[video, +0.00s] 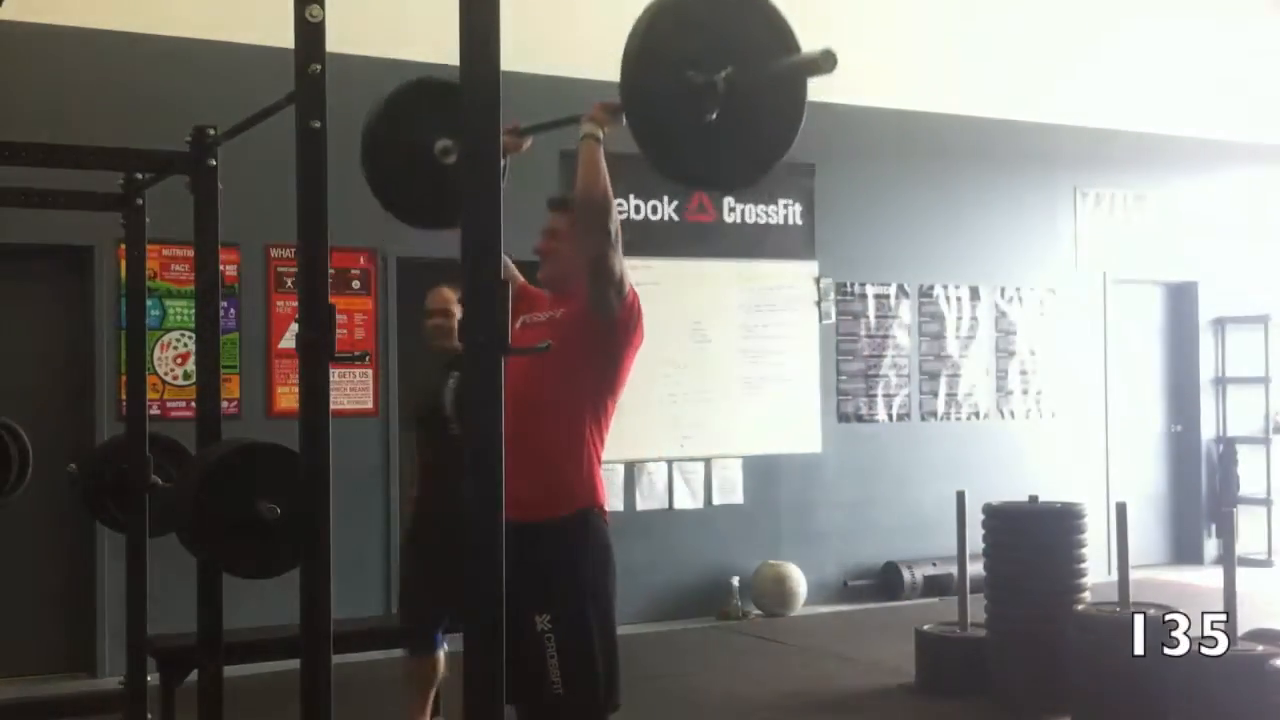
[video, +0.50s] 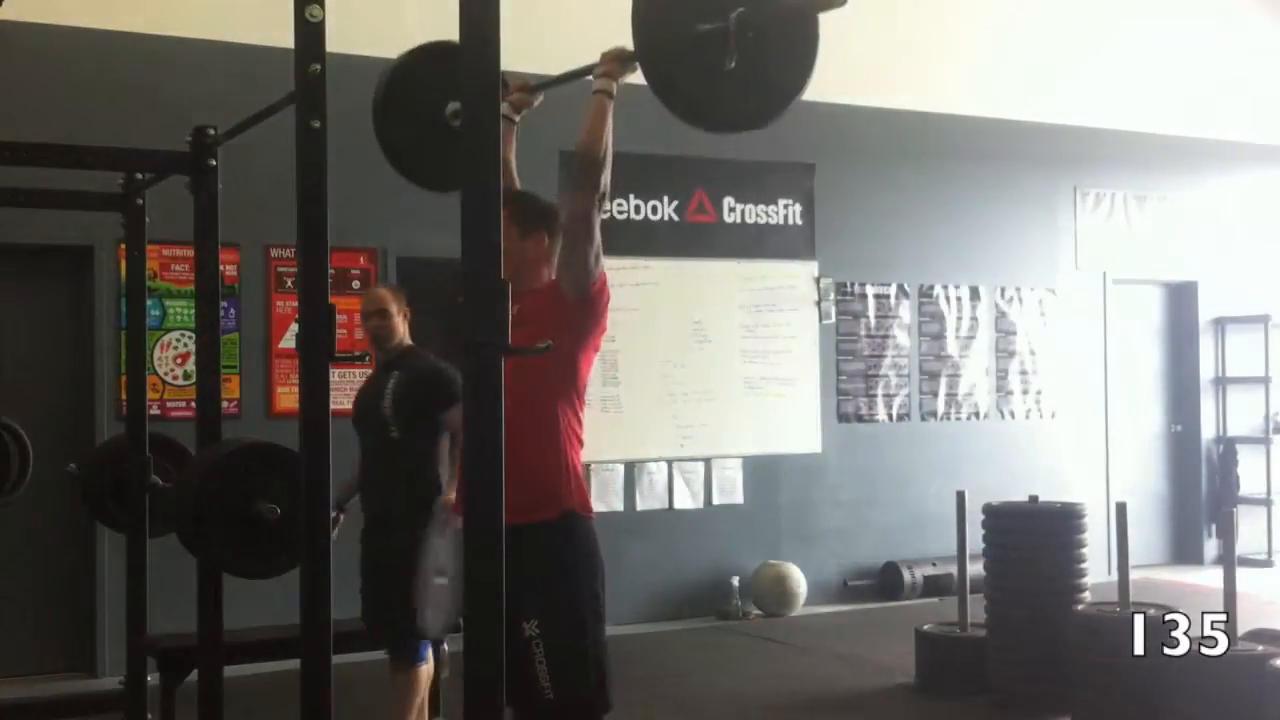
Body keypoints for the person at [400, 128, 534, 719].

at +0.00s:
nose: (440, 322)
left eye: (448, 313)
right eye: (433, 314)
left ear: (467, 319)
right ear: (422, 325)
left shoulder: (480, 368)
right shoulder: (422, 376)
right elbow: (421, 447)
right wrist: (416, 504)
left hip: (480, 509)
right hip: (431, 510)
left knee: (487, 626)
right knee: (421, 628)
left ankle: (484, 707)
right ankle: (423, 706)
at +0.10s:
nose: (418, 320)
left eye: (427, 311)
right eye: (411, 313)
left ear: (450, 315)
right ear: (404, 321)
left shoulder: (466, 368)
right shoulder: (412, 373)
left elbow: (473, 441)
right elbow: (413, 448)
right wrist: (407, 512)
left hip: (458, 512)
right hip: (416, 513)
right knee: (416, 624)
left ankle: (419, 710)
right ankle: (422, 711)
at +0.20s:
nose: (400, 320)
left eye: (410, 311)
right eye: (394, 313)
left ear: (432, 314)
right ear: (389, 320)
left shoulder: (453, 368)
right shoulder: (396, 378)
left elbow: (465, 442)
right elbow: (396, 456)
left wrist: (464, 507)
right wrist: (385, 511)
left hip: (445, 515)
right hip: (405, 516)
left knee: (422, 630)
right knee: (411, 630)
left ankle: (418, 711)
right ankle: (419, 711)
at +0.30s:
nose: (391, 320)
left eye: (399, 311)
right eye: (386, 313)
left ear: (421, 314)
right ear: (381, 320)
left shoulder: (446, 366)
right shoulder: (390, 374)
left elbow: (462, 441)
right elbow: (388, 453)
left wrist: (469, 503)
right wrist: (369, 505)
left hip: (441, 512)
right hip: (398, 514)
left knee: (436, 626)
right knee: (405, 628)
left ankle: (454, 715)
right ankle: (415, 715)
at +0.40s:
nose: (380, 322)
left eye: (389, 313)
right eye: (374, 315)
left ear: (411, 316)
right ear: (370, 322)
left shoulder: (440, 370)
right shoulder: (378, 382)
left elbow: (475, 428)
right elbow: (378, 458)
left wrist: (466, 501)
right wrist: (350, 504)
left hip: (434, 513)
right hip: (391, 514)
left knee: (421, 629)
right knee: (403, 627)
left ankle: (419, 715)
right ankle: (417, 714)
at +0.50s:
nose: (373, 325)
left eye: (382, 315)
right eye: (366, 318)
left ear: (405, 317)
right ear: (361, 325)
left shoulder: (434, 374)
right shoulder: (371, 385)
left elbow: (462, 434)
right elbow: (371, 459)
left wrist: (456, 489)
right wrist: (338, 502)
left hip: (426, 516)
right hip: (383, 518)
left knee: (413, 629)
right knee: (395, 627)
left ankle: (407, 717)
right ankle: (422, 714)